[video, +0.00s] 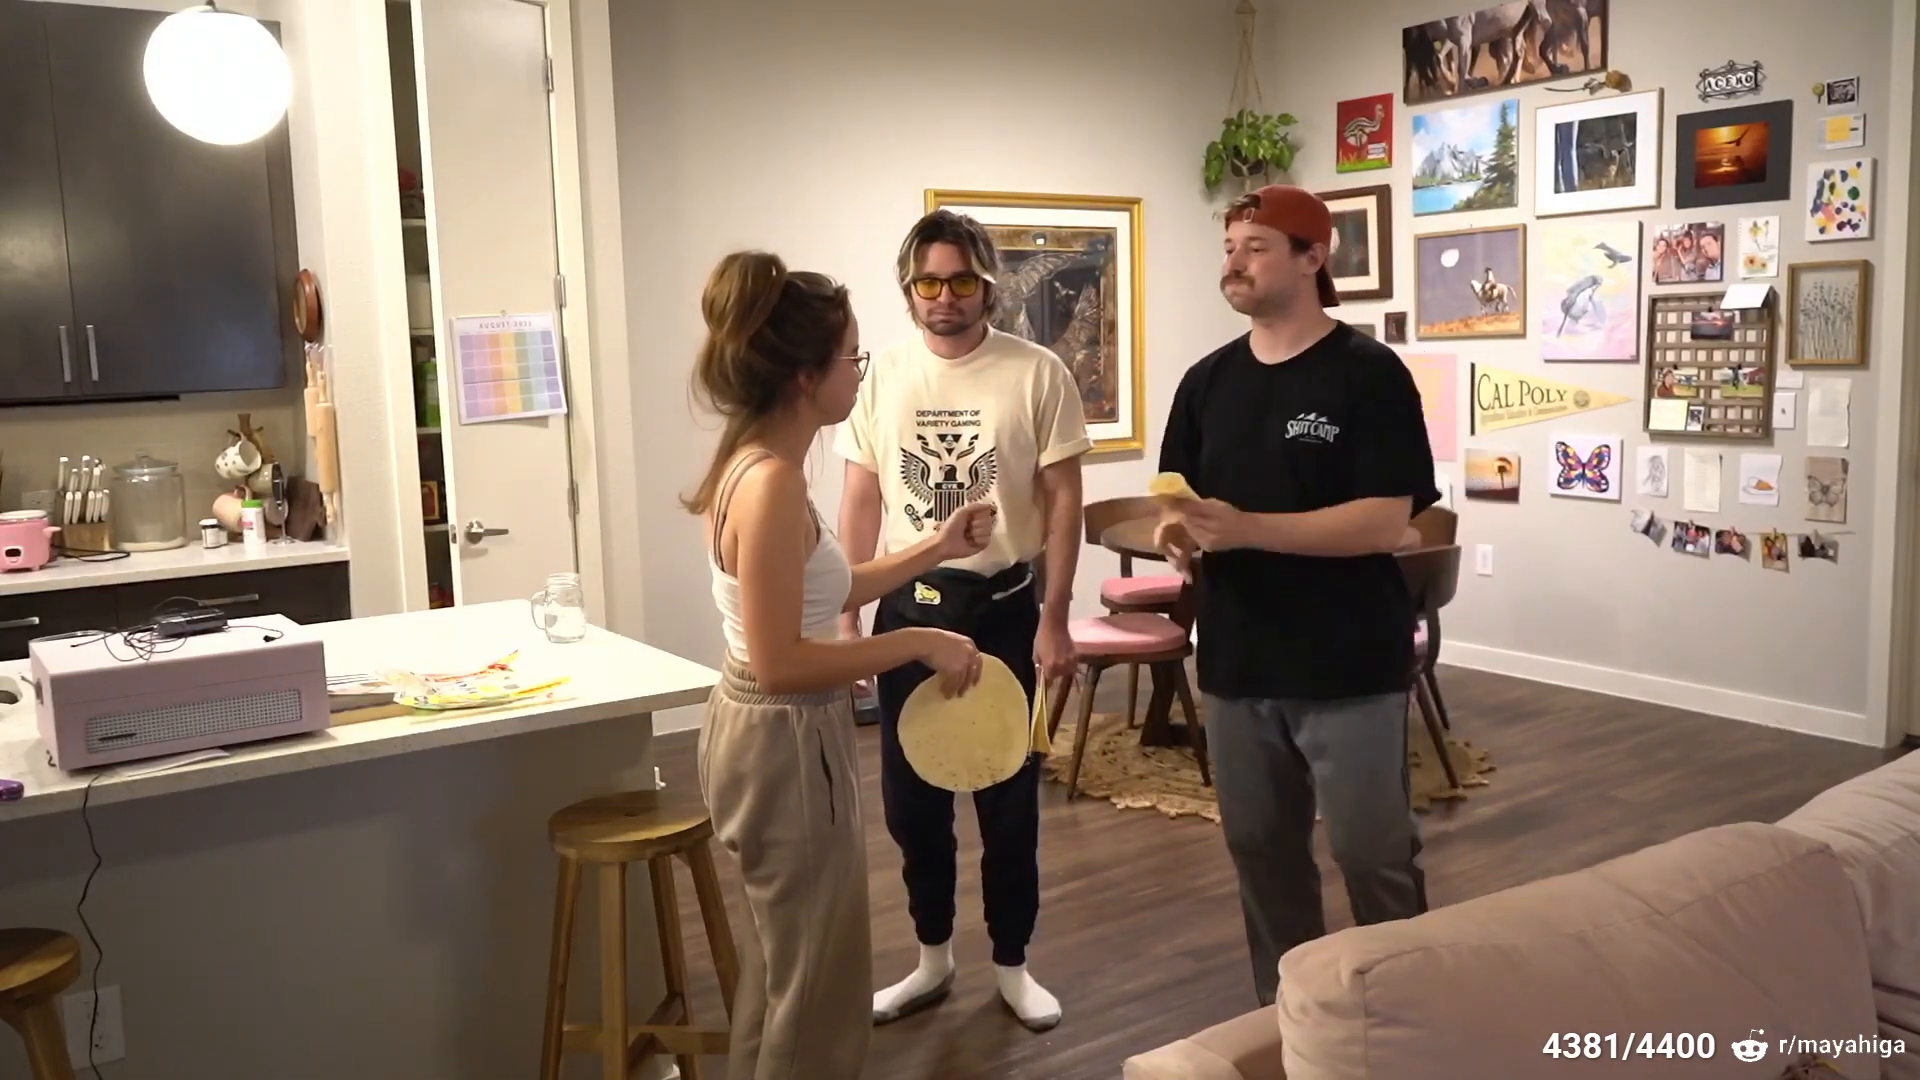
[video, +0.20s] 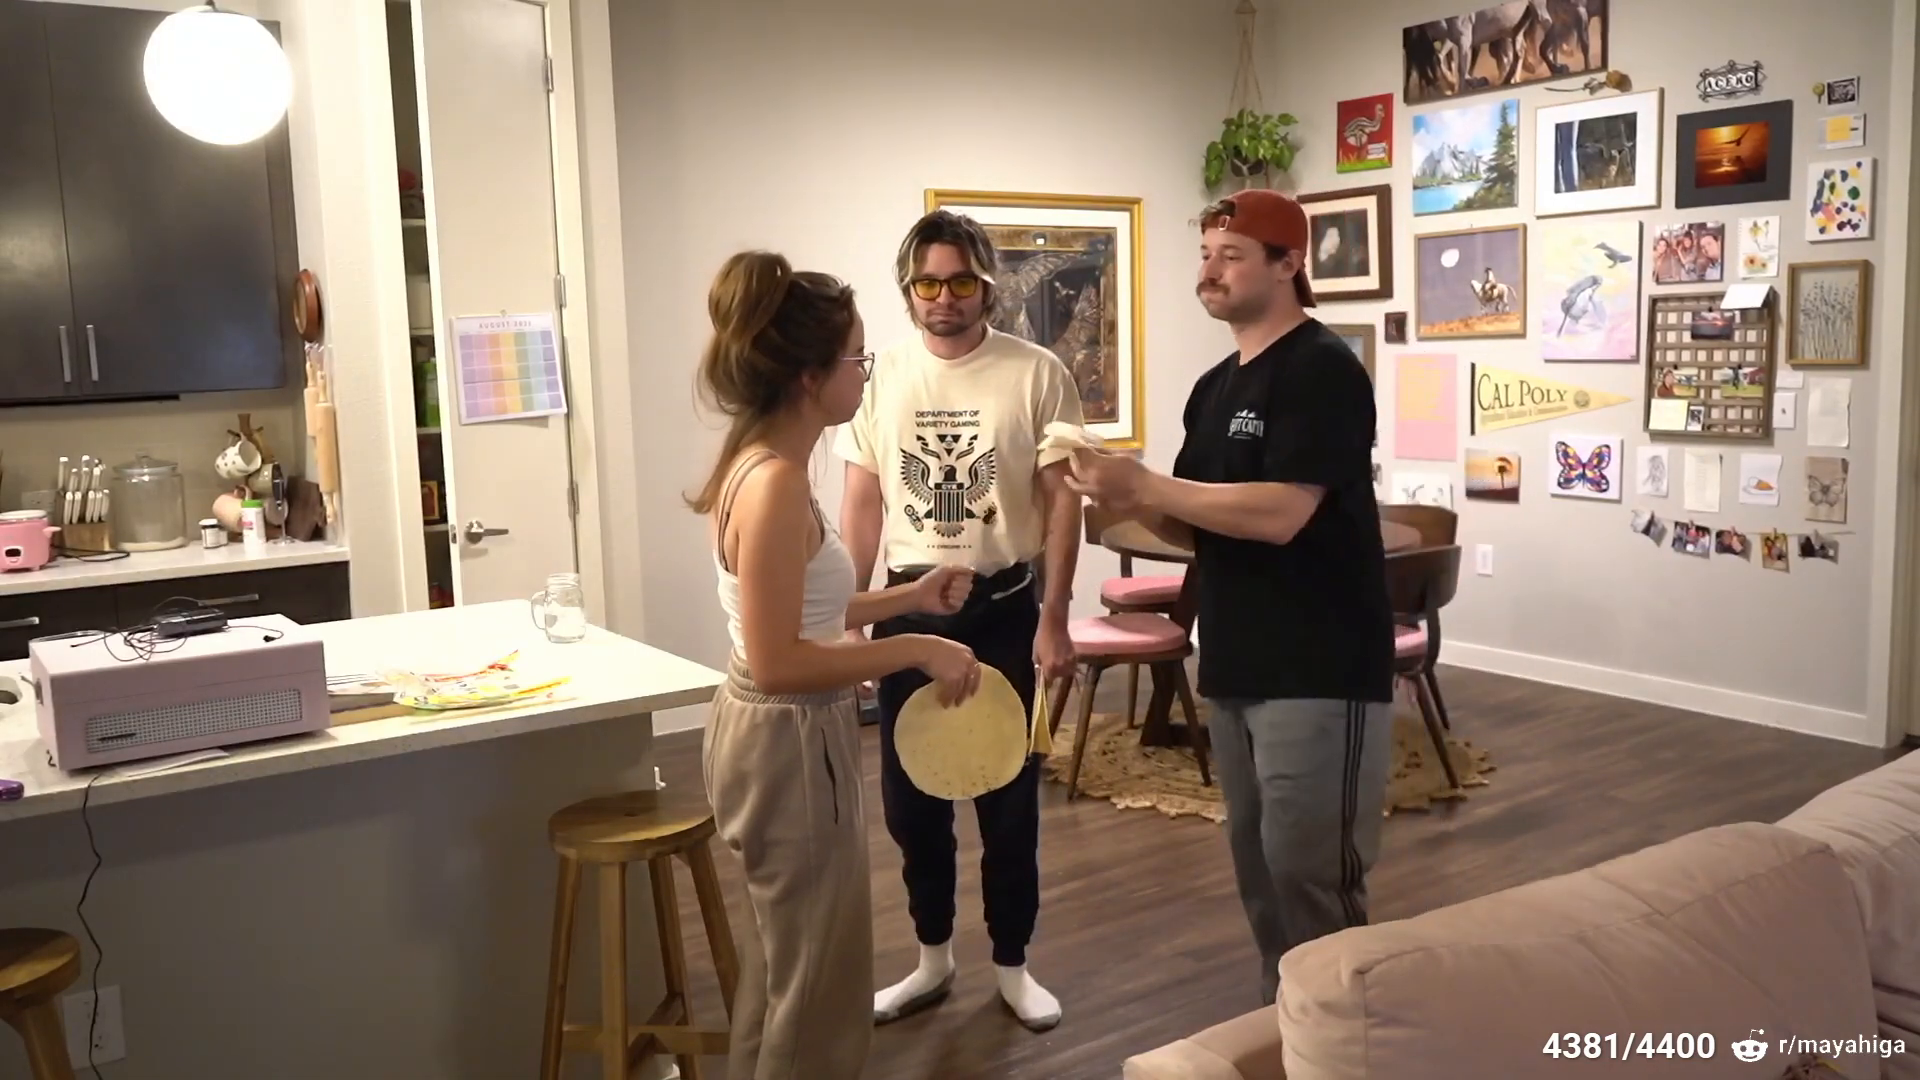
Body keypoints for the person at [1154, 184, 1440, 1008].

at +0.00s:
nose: (1234, 263)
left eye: (1256, 248)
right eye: (1230, 250)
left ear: (1311, 261)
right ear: (1228, 264)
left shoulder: (1371, 372)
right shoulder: (1205, 382)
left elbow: (1388, 521)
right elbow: (1175, 508)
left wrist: (1242, 528)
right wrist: (1170, 534)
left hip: (1354, 675)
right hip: (1237, 674)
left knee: (1375, 865)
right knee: (1265, 870)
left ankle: (1406, 1019)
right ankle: (1294, 1026)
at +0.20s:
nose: (1209, 271)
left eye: (1230, 257)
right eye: (1205, 258)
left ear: (1285, 268)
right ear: (1206, 269)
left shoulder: (1324, 366)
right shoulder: (1213, 386)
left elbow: (1284, 511)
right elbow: (1194, 529)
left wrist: (1151, 489)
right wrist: (1107, 504)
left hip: (1321, 676)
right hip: (1235, 673)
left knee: (1313, 889)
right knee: (1264, 885)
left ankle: (1340, 1051)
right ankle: (1291, 1038)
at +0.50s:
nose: (1195, 289)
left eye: (1214, 272)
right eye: (1193, 275)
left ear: (1273, 278)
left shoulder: (1272, 364)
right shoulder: (1262, 367)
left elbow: (1153, 471)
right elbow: (1186, 531)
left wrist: (1043, 454)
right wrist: (1091, 474)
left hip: (1288, 689)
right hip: (1274, 684)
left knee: (1262, 908)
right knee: (1267, 904)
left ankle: (1274, 1070)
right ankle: (1278, 1066)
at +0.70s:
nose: (1176, 311)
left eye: (1195, 293)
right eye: (1174, 296)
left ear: (1256, 299)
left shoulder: (1263, 379)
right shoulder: (1252, 391)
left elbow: (1200, 470)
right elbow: (1154, 565)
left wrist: (1084, 511)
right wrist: (1107, 462)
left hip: (1285, 736)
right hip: (1267, 731)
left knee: (1257, 966)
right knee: (1258, 960)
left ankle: (1261, 1078)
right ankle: (1261, 1074)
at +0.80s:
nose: (1150, 307)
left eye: (1169, 288)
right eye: (1148, 293)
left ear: (1235, 294)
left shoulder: (1289, 380)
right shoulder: (1181, 448)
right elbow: (1099, 569)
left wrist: (1194, 546)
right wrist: (1056, 474)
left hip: (1311, 730)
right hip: (1218, 733)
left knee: (1267, 959)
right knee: (1268, 933)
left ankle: (1289, 1074)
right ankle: (1325, 1057)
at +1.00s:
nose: (1138, 309)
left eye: (1154, 288)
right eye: (1136, 291)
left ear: (1221, 285)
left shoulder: (1343, 400)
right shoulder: (1152, 417)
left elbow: (1458, 530)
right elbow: (1098, 535)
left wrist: (1310, 552)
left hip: (1315, 741)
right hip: (1196, 733)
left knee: (1282, 969)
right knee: (1236, 931)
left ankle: (1319, 1067)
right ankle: (1304, 1042)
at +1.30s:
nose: (1160, 339)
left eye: (1181, 321)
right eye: (1160, 318)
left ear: (1250, 328)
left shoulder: (1360, 421)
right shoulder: (1167, 423)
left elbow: (1410, 582)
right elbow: (1141, 552)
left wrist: (1255, 546)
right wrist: (1159, 653)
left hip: (1324, 734)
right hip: (1208, 724)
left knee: (1285, 934)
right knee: (1218, 925)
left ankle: (1308, 1065)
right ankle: (1247, 1062)